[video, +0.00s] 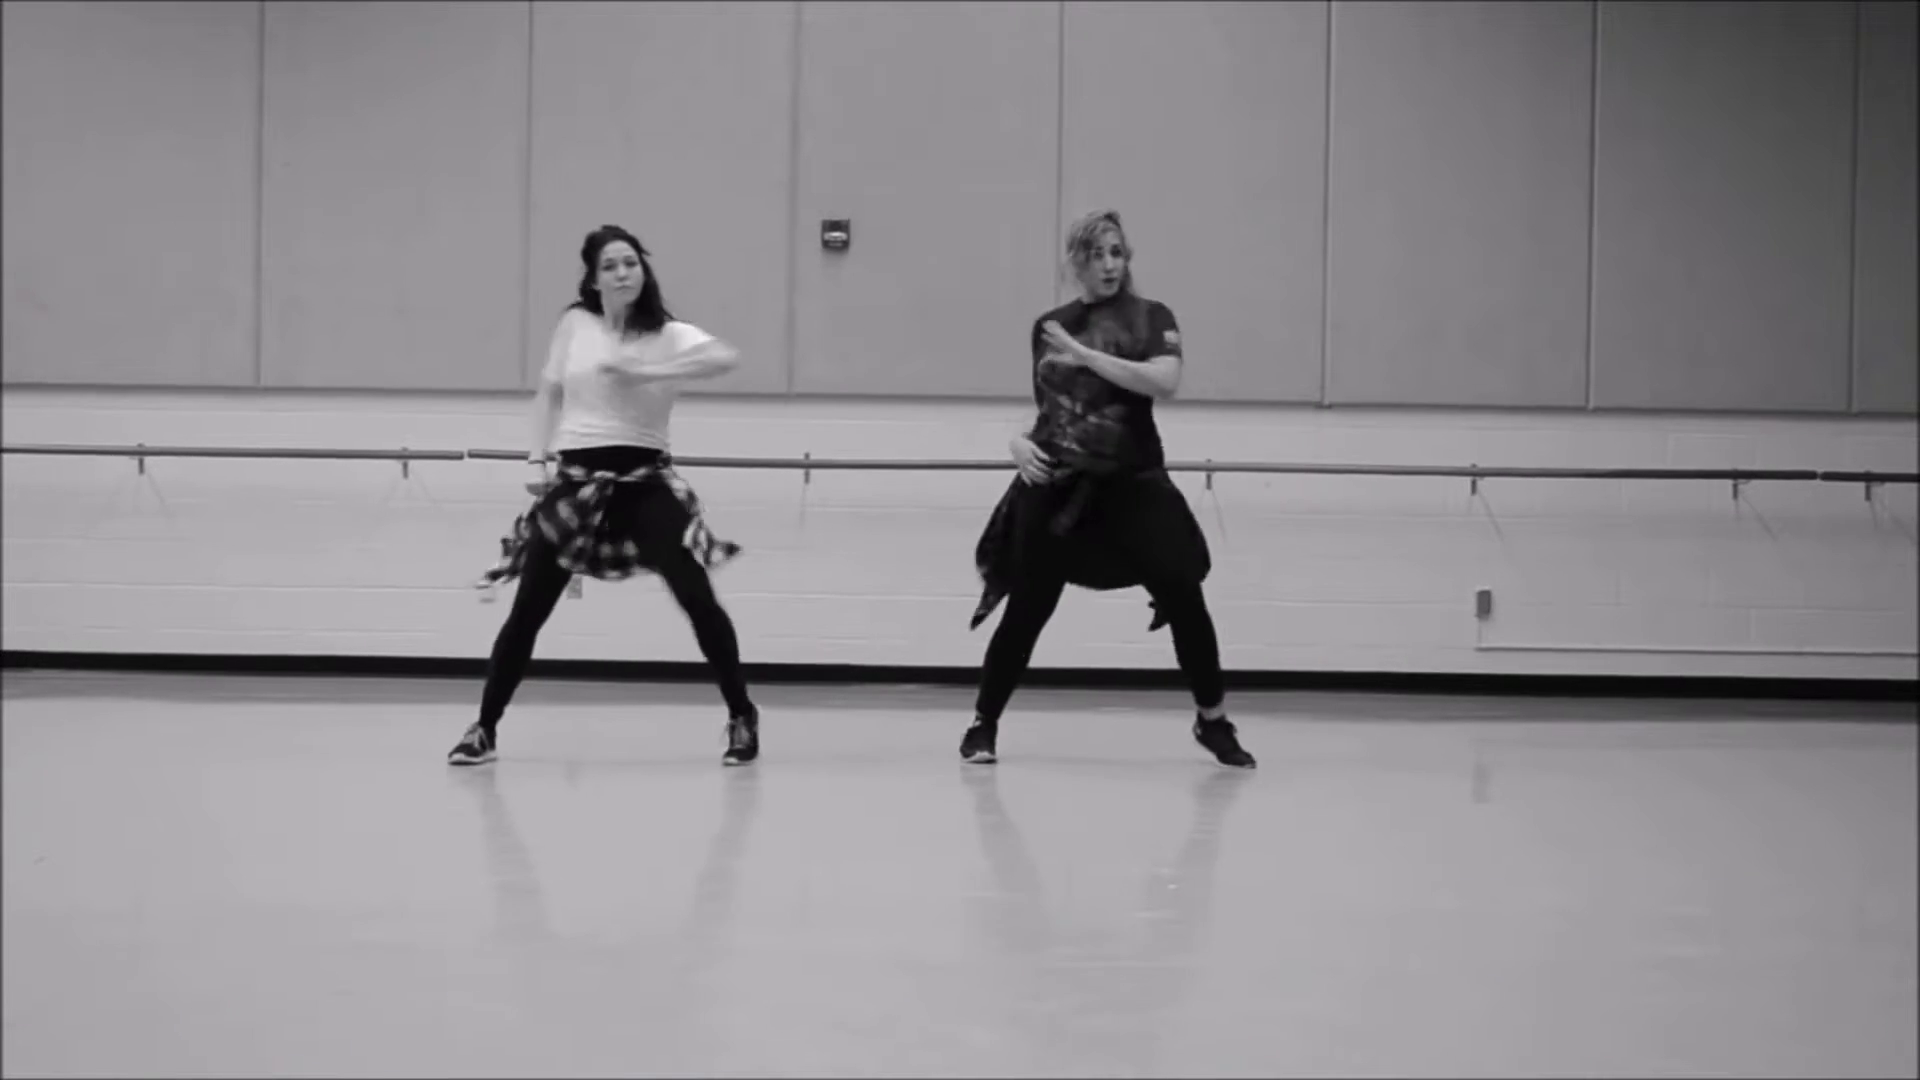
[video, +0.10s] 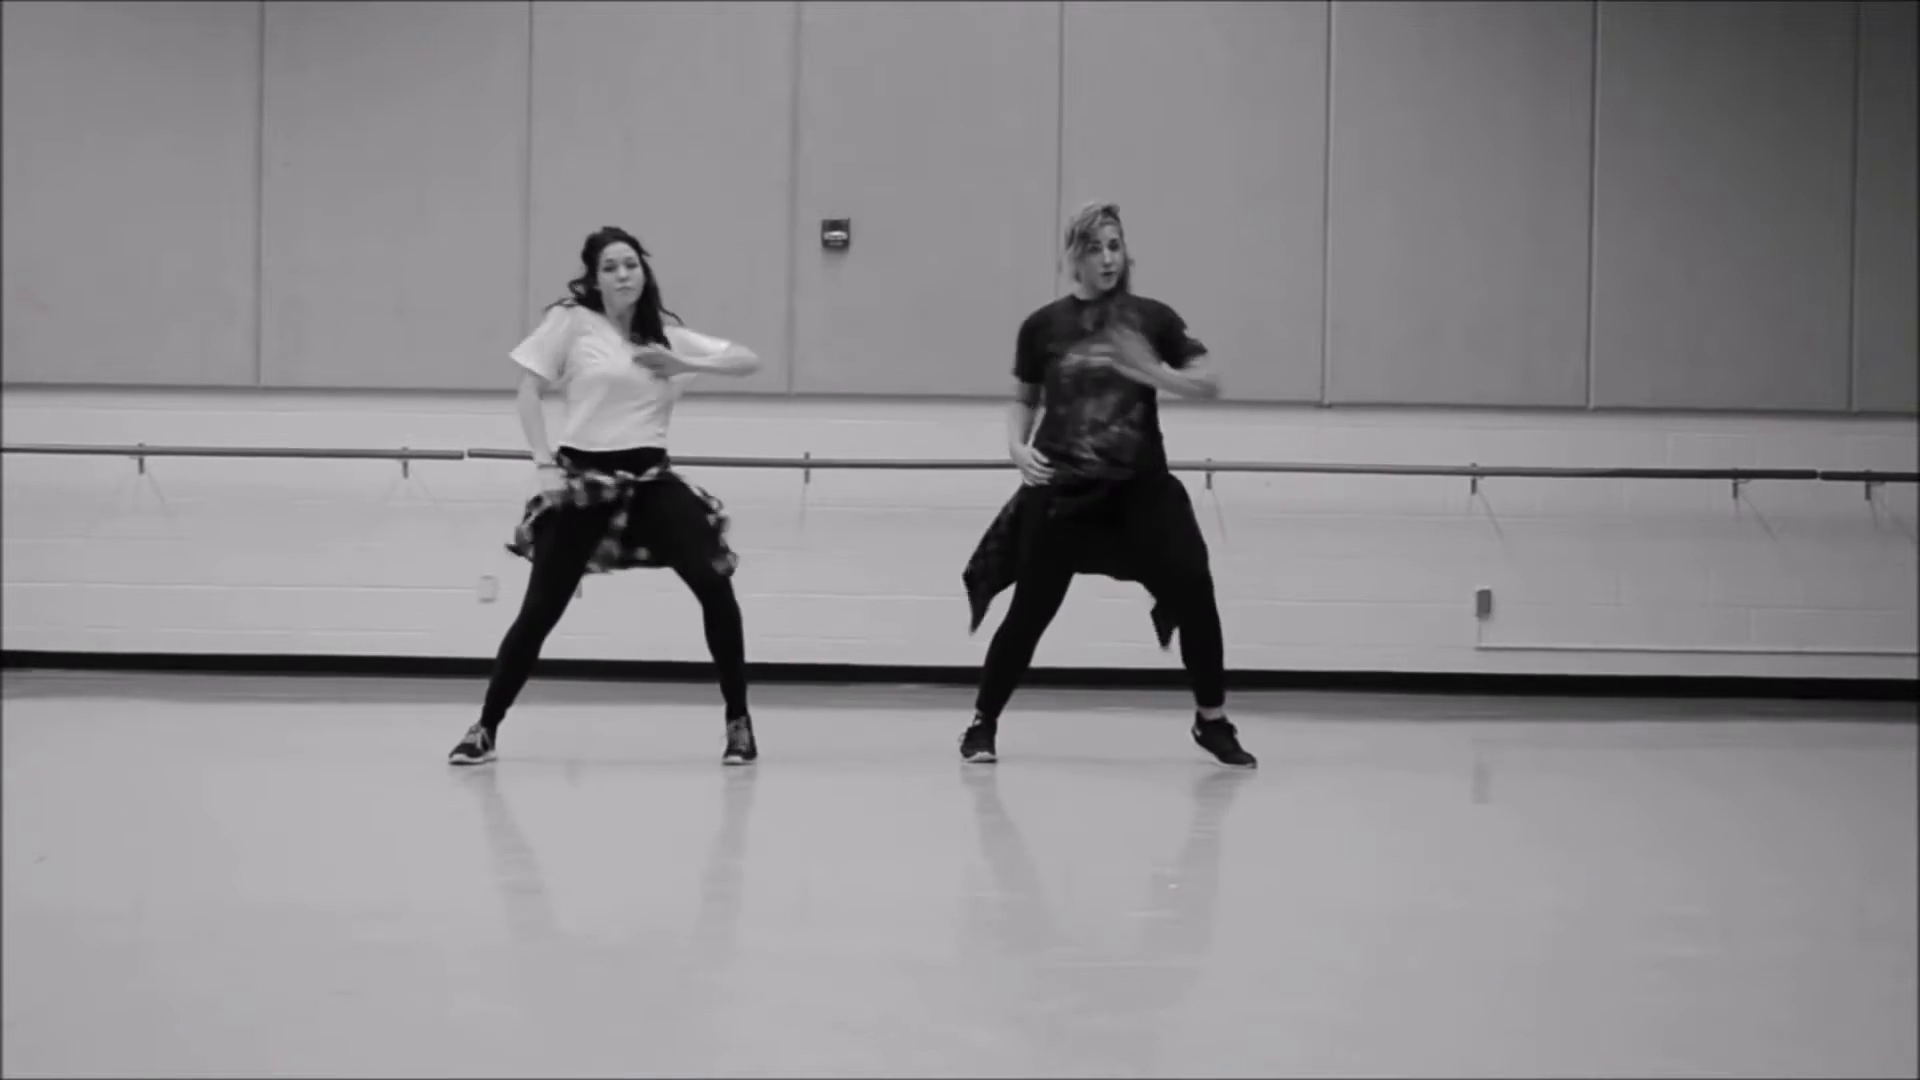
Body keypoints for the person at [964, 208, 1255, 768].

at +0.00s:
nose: (1109, 264)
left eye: (1117, 253)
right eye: (1096, 254)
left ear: (1128, 259)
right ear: (1076, 263)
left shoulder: (1152, 316)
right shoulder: (1052, 328)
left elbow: (1167, 380)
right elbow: (1050, 414)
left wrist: (1086, 356)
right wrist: (1019, 442)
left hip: (1133, 485)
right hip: (1059, 486)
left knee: (1184, 598)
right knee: (1028, 609)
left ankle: (1212, 720)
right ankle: (985, 723)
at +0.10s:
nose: (1108, 257)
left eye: (1115, 246)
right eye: (1096, 248)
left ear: (1126, 253)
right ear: (1074, 257)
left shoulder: (1151, 318)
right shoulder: (1043, 327)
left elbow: (1208, 385)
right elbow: (1024, 399)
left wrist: (1150, 371)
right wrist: (1018, 446)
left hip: (1141, 491)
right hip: (1063, 492)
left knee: (1195, 591)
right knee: (1033, 608)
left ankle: (1212, 719)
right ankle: (984, 723)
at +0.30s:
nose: (1115, 260)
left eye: (1121, 249)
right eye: (1103, 251)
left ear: (1132, 257)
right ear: (1081, 261)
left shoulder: (1158, 329)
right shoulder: (1052, 321)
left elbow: (1205, 399)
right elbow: (1006, 391)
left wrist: (1255, 455)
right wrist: (1025, 444)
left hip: (1146, 484)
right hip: (1068, 484)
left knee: (1202, 589)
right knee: (1029, 606)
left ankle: (1216, 717)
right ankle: (982, 722)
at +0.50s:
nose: (1117, 263)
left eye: (1124, 252)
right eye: (1104, 255)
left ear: (1136, 259)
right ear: (1086, 266)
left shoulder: (1168, 329)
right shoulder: (1063, 329)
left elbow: (1197, 411)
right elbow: (1041, 408)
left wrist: (1228, 482)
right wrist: (1078, 407)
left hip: (1158, 492)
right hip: (1080, 490)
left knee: (1209, 593)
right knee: (1042, 603)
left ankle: (1201, 726)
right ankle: (983, 722)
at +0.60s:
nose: (1131, 267)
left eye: (1136, 255)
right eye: (1116, 261)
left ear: (1149, 259)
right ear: (1097, 277)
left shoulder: (1176, 322)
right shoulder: (1106, 327)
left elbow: (1200, 403)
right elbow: (1107, 415)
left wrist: (1225, 469)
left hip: (1175, 489)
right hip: (1113, 489)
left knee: (1221, 597)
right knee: (1067, 610)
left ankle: (1195, 729)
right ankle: (991, 718)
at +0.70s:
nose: (1172, 265)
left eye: (1175, 253)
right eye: (1157, 260)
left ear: (1188, 259)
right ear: (1137, 277)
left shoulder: (1196, 319)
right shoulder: (1152, 330)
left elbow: (1207, 400)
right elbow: (1165, 423)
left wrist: (1232, 462)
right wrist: (1220, 487)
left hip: (1192, 488)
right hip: (1142, 489)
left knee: (1234, 599)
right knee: (1119, 604)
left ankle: (1197, 729)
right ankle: (1045, 710)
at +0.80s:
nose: (1220, 272)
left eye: (1224, 261)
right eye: (1204, 265)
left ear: (1232, 268)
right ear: (1180, 278)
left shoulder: (1216, 333)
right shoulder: (1190, 334)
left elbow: (1217, 420)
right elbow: (1208, 427)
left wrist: (1240, 470)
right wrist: (1249, 497)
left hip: (1195, 489)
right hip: (1160, 490)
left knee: (1237, 598)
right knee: (1174, 600)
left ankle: (1201, 728)